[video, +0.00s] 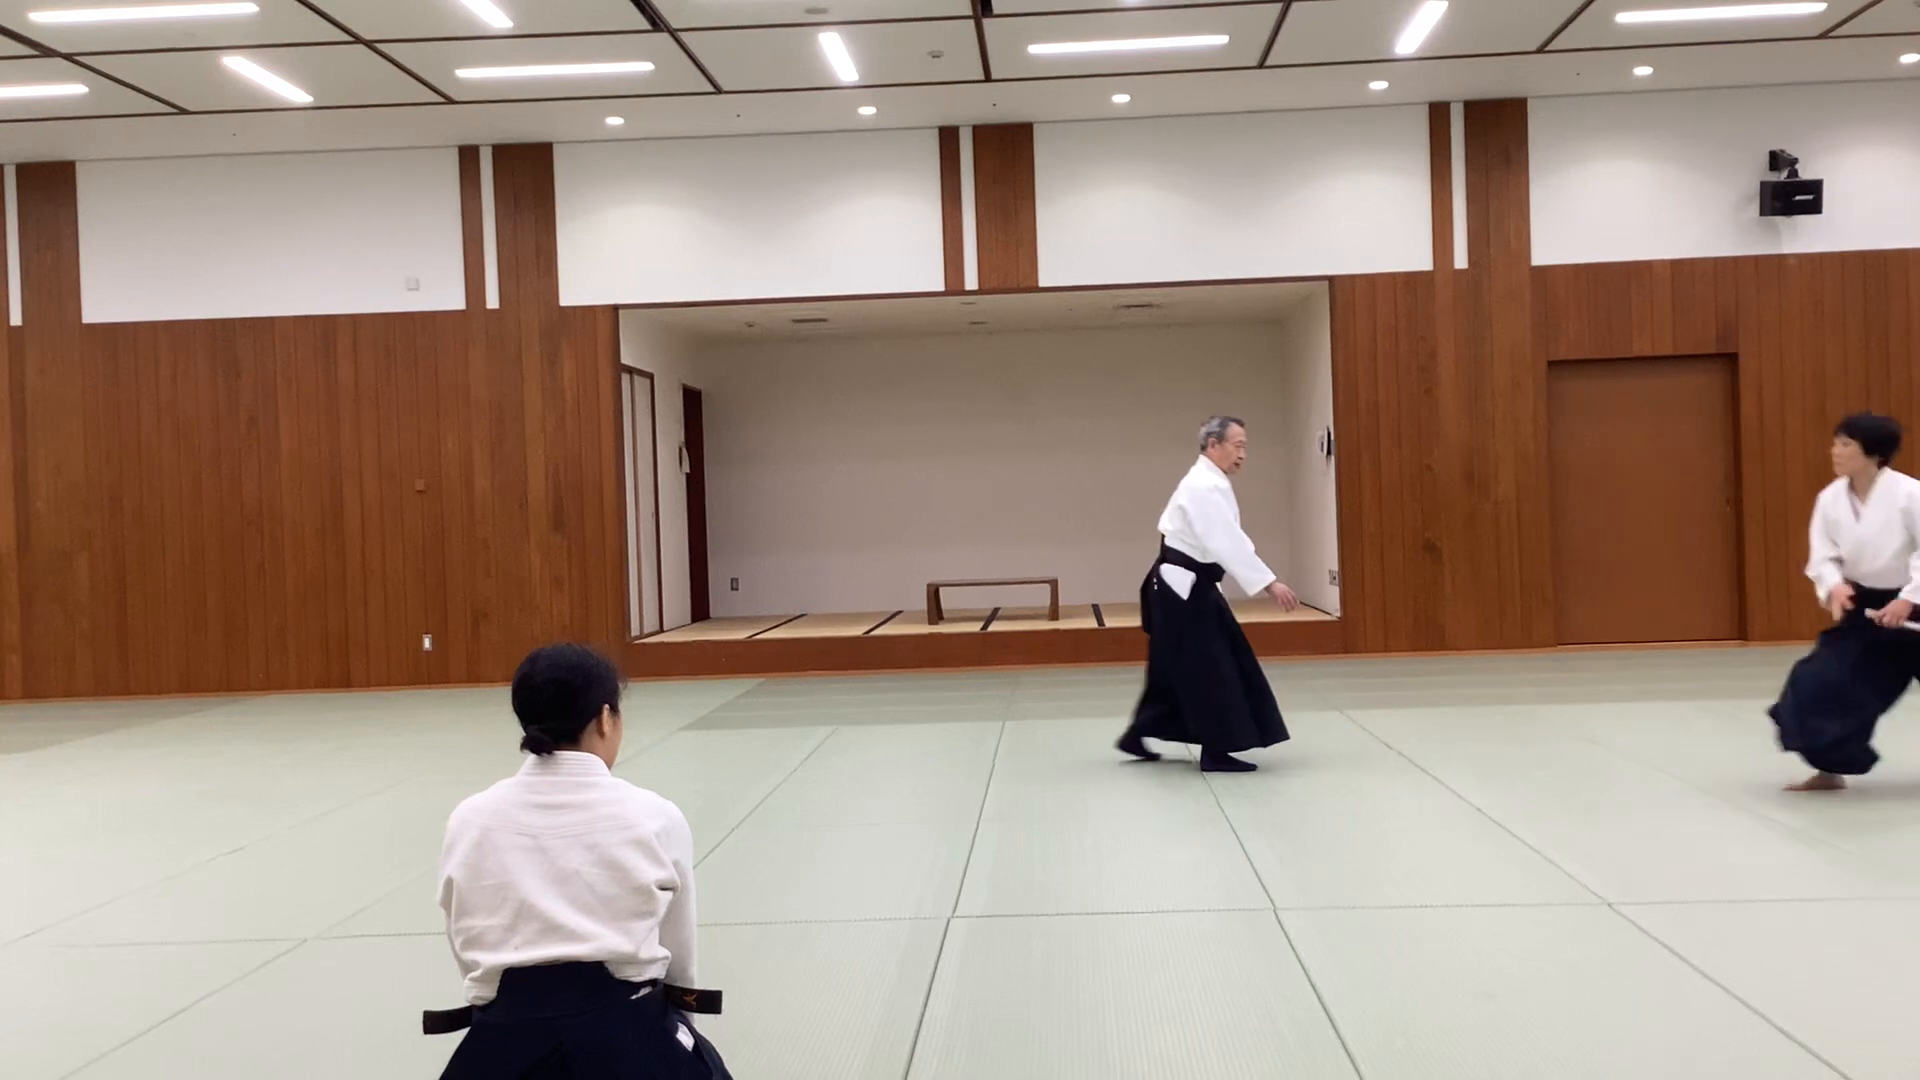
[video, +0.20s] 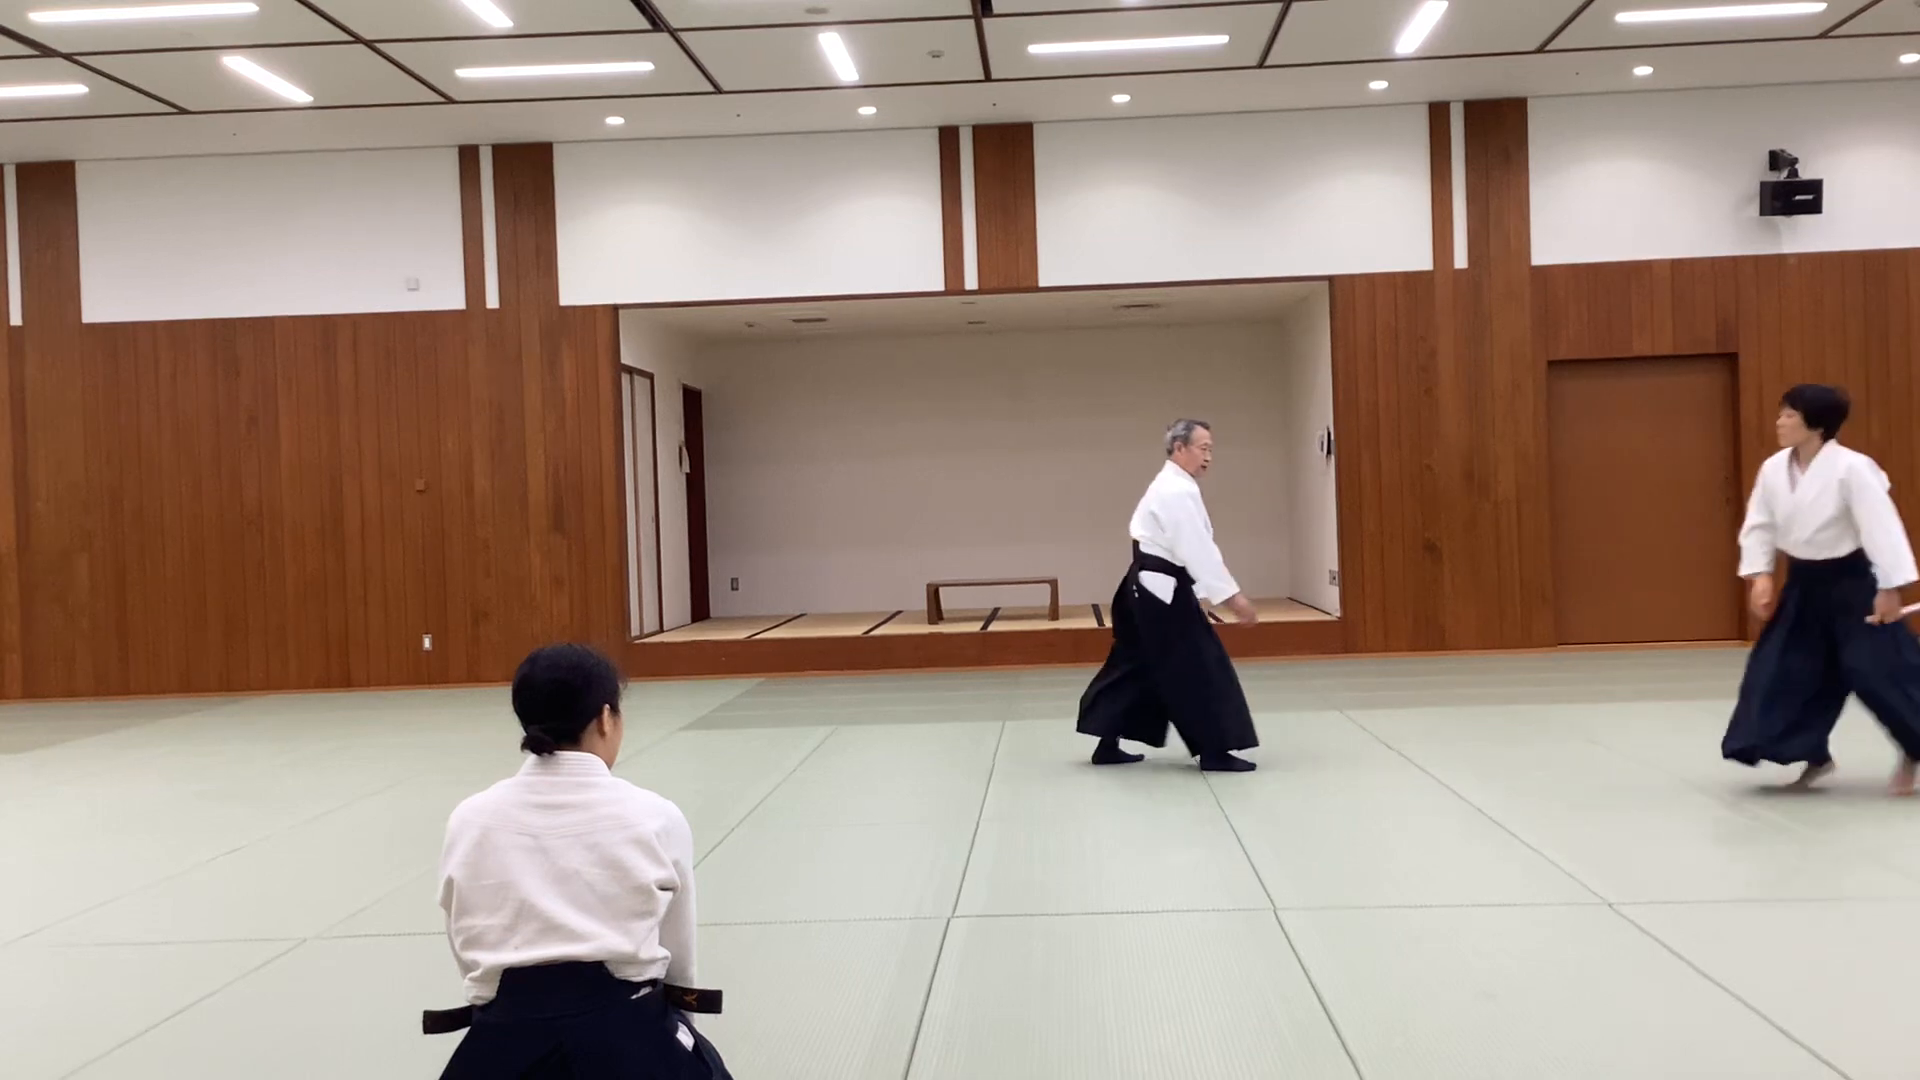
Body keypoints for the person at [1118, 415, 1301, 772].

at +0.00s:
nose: (1243, 453)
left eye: (1245, 446)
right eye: (1238, 446)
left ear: (1216, 448)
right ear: (1213, 446)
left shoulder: (1203, 478)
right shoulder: (1206, 486)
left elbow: (1227, 538)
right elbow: (1227, 542)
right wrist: (1270, 582)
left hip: (1174, 580)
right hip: (1185, 587)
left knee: (1173, 665)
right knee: (1216, 665)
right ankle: (1215, 753)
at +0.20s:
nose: (1209, 456)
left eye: (1210, 450)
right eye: (1203, 449)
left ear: (1180, 451)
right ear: (1179, 449)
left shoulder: (1166, 483)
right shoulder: (1179, 489)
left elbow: (1179, 550)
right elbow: (1198, 551)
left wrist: (1198, 599)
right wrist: (1235, 598)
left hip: (1142, 586)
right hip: (1161, 590)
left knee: (1133, 665)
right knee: (1200, 666)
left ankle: (1106, 745)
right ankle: (1214, 752)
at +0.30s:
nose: (1199, 455)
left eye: (1200, 448)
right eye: (1193, 447)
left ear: (1170, 449)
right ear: (1168, 448)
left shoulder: (1154, 482)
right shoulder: (1170, 489)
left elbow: (1164, 549)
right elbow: (1182, 552)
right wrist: (1206, 603)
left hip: (1134, 587)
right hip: (1156, 591)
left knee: (1132, 667)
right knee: (1195, 668)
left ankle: (1106, 745)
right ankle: (1214, 753)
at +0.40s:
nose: (1191, 454)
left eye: (1192, 447)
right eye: (1185, 446)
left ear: (1163, 448)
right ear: (1161, 446)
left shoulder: (1148, 481)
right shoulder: (1164, 488)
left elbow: (1147, 543)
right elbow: (1172, 550)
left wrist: (1176, 590)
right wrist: (1188, 596)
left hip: (1129, 587)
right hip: (1149, 590)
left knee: (1133, 667)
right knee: (1190, 664)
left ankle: (1107, 746)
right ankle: (1212, 751)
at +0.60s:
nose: (1198, 455)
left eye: (1200, 448)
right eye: (1192, 447)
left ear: (1168, 450)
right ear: (1168, 447)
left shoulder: (1152, 482)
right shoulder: (1170, 490)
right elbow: (1177, 553)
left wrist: (1184, 597)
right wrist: (1195, 602)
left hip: (1128, 585)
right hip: (1149, 589)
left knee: (1127, 667)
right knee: (1185, 662)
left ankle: (1110, 746)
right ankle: (1180, 750)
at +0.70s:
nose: (1210, 455)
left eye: (1212, 448)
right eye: (1205, 447)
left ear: (1180, 450)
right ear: (1179, 447)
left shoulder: (1160, 483)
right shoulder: (1183, 491)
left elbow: (1156, 545)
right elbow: (1191, 555)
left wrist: (1191, 596)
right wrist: (1205, 601)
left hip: (1136, 584)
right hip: (1160, 591)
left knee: (1130, 666)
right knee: (1181, 670)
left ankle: (1111, 746)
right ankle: (1171, 754)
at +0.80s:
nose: (1223, 454)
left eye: (1225, 447)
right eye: (1218, 445)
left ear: (1195, 448)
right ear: (1192, 445)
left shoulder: (1179, 478)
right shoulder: (1194, 486)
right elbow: (1208, 547)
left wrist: (1204, 574)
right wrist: (1225, 584)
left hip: (1152, 577)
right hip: (1170, 586)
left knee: (1148, 660)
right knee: (1183, 669)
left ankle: (1121, 730)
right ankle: (1171, 755)